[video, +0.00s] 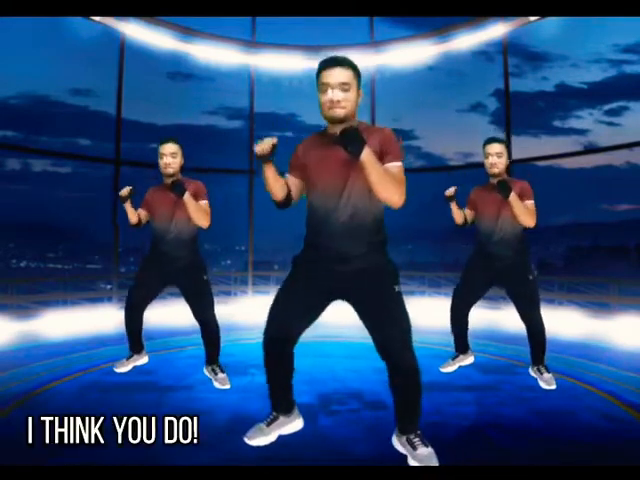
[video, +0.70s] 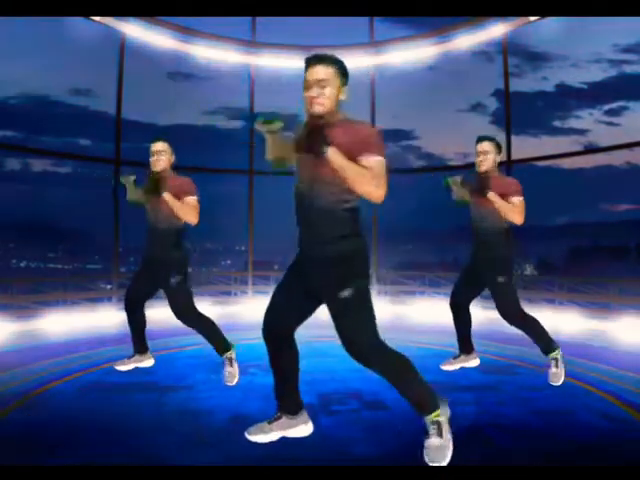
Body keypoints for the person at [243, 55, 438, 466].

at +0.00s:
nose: (335, 95)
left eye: (344, 87)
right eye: (327, 88)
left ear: (359, 94)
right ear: (318, 96)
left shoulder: (382, 139)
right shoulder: (308, 148)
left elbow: (394, 197)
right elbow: (284, 198)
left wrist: (360, 151)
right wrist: (265, 162)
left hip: (369, 268)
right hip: (316, 267)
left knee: (401, 355)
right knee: (276, 338)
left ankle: (408, 433)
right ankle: (284, 413)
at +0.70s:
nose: (315, 93)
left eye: (324, 85)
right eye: (309, 86)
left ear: (342, 91)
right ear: (303, 92)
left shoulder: (362, 134)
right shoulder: (308, 136)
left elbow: (376, 190)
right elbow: (280, 159)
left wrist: (335, 159)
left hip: (345, 259)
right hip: (310, 259)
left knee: (363, 347)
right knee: (275, 329)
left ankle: (434, 412)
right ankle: (291, 414)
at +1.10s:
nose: (292, 96)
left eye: (297, 88)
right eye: (292, 89)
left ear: (321, 87)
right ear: (312, 90)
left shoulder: (353, 122)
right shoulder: (308, 133)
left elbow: (353, 150)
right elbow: (292, 182)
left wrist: (307, 123)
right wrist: (283, 145)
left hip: (350, 253)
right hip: (312, 253)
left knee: (378, 341)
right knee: (282, 330)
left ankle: (432, 417)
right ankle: (292, 416)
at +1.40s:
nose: (315, 94)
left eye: (321, 85)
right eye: (312, 87)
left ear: (346, 84)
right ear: (312, 90)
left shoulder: (379, 124)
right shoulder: (311, 138)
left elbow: (397, 173)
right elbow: (285, 181)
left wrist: (350, 131)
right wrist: (277, 140)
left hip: (370, 254)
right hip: (321, 255)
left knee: (395, 341)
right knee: (292, 330)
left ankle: (408, 423)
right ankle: (293, 415)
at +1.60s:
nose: (322, 107)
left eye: (330, 99)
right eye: (318, 100)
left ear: (354, 101)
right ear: (315, 104)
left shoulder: (380, 142)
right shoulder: (309, 150)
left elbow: (398, 195)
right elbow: (284, 196)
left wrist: (357, 154)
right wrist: (277, 153)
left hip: (372, 270)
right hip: (320, 269)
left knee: (404, 357)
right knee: (277, 334)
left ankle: (409, 425)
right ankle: (292, 415)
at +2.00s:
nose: (333, 81)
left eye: (341, 73)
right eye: (326, 74)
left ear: (357, 76)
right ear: (318, 80)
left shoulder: (378, 117)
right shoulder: (305, 127)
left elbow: (400, 161)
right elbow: (272, 164)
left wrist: (361, 120)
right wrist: (269, 122)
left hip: (365, 246)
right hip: (314, 246)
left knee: (392, 336)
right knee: (285, 324)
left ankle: (409, 423)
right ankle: (278, 405)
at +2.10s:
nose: (332, 101)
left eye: (340, 93)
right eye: (325, 94)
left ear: (358, 96)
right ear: (318, 101)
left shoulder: (380, 140)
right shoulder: (307, 147)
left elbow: (397, 190)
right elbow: (279, 187)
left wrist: (357, 144)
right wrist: (271, 150)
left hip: (366, 268)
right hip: (314, 267)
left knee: (396, 353)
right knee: (276, 335)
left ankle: (406, 430)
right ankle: (280, 410)